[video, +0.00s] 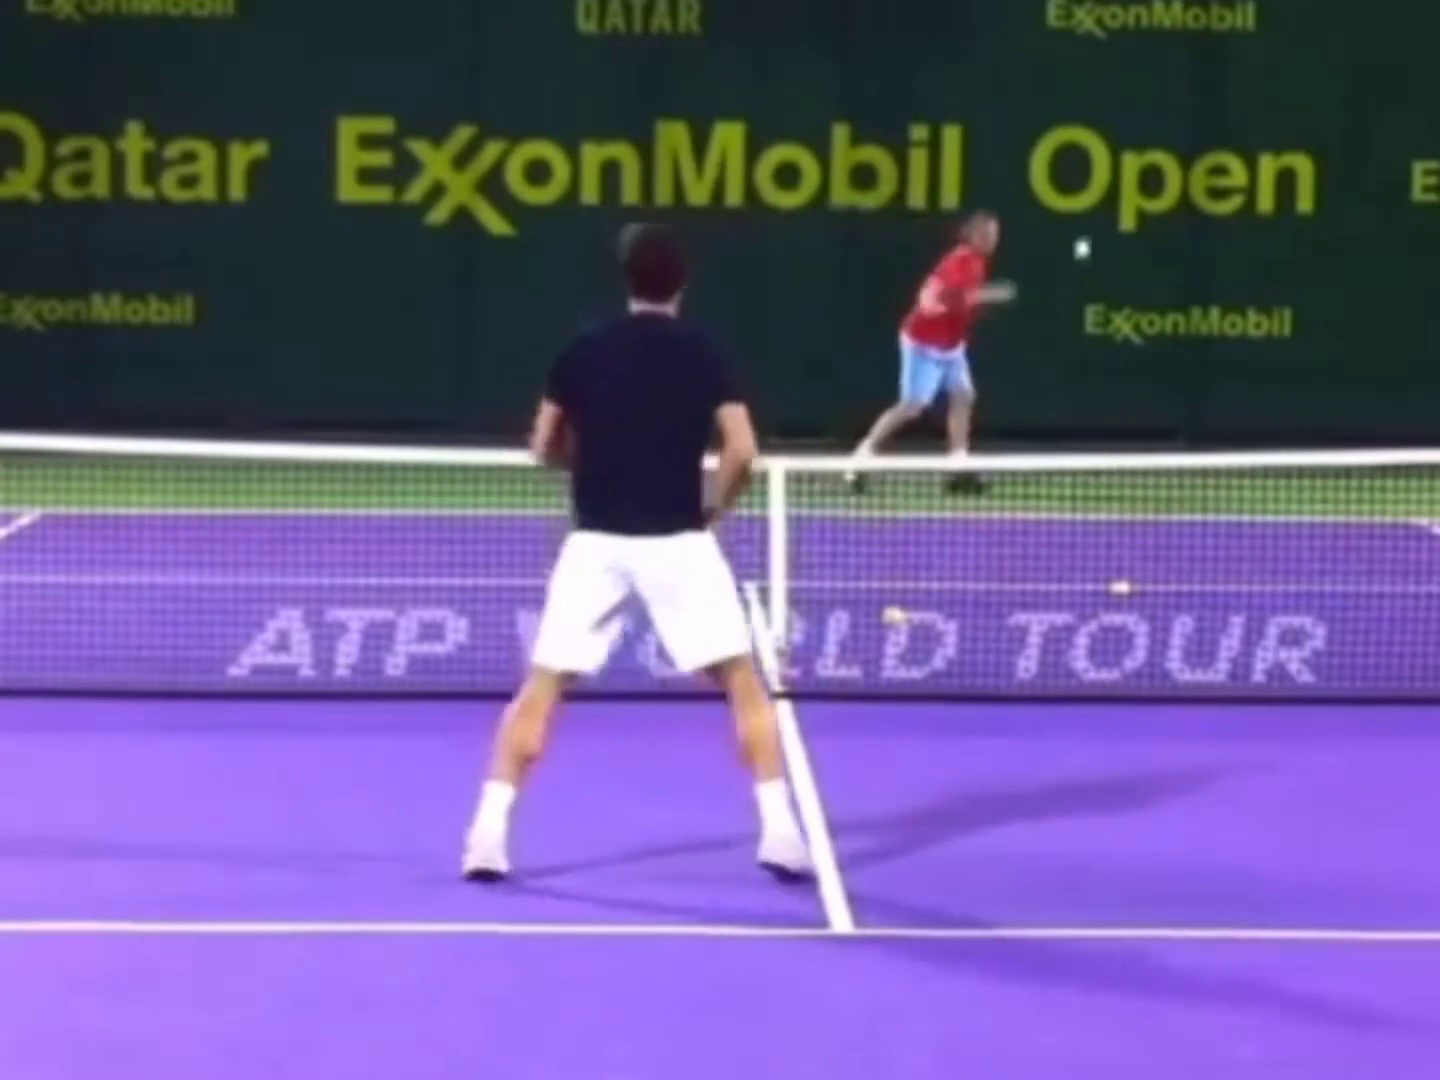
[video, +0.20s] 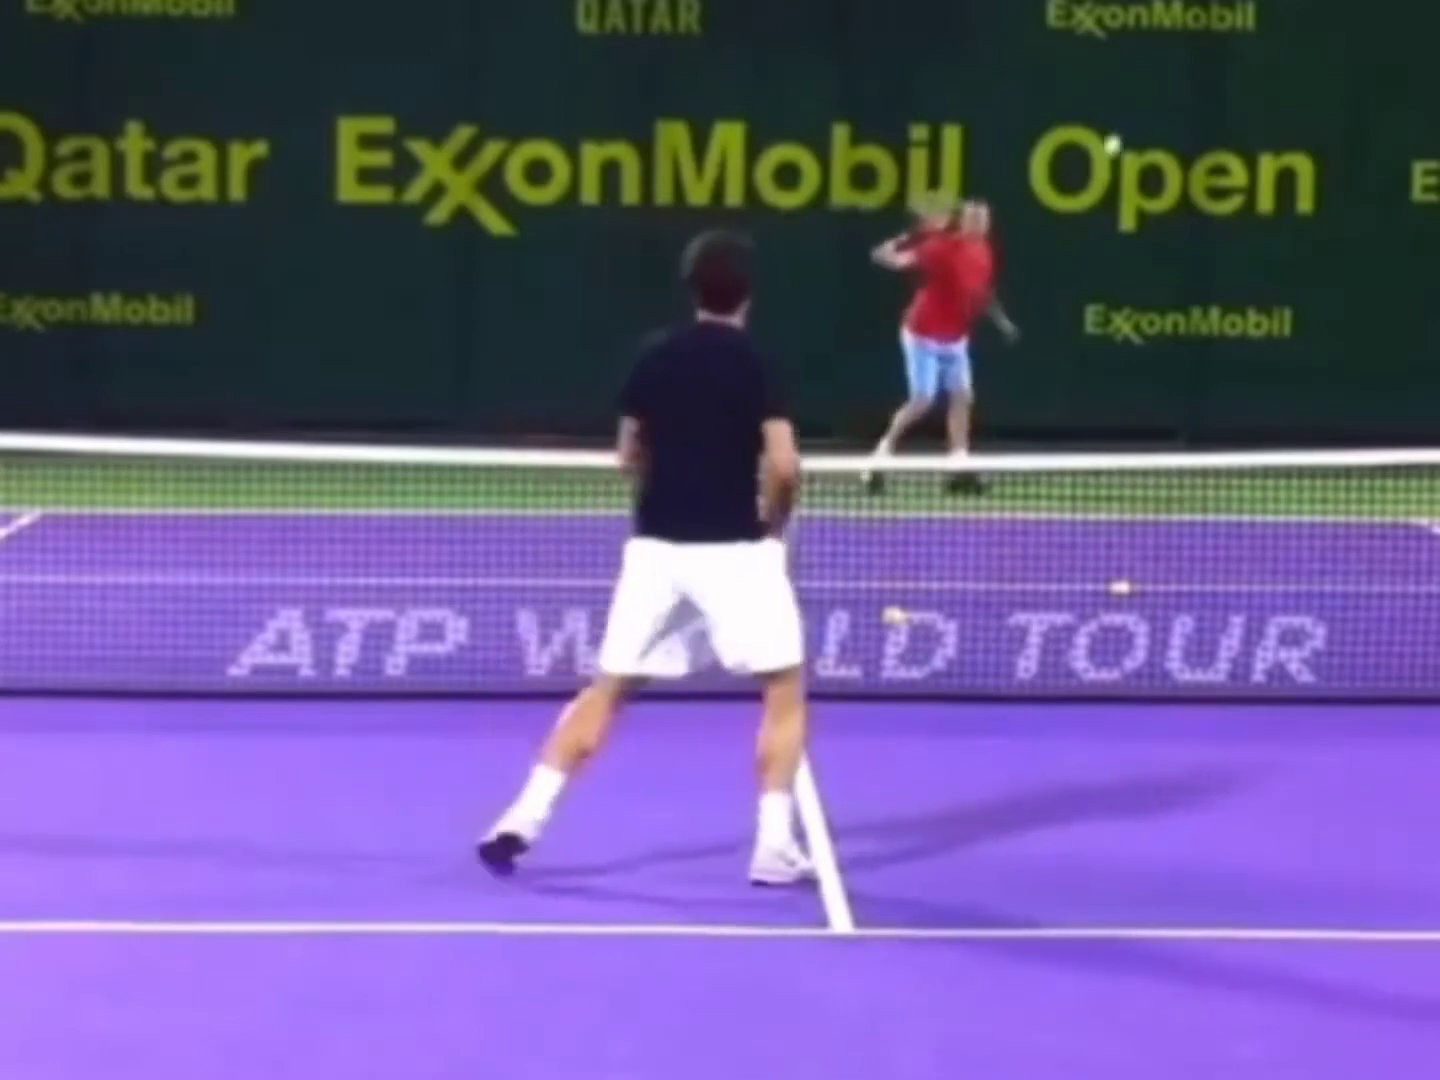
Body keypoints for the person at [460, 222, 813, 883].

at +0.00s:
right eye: (674, 279)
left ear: (624, 283)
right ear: (681, 285)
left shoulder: (587, 349)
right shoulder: (700, 352)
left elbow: (544, 442)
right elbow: (741, 449)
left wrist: (593, 458)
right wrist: (716, 502)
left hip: (594, 543)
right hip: (678, 545)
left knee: (543, 683)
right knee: (742, 680)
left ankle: (490, 825)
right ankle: (778, 827)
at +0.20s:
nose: (738, 296)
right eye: (743, 287)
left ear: (690, 292)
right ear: (746, 295)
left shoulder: (656, 357)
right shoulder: (756, 364)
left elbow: (628, 452)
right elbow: (784, 465)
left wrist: (673, 481)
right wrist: (771, 518)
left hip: (654, 551)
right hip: (736, 555)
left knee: (607, 686)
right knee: (784, 689)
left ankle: (524, 817)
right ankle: (775, 843)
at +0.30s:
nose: (775, 280)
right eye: (781, 272)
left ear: (729, 275)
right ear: (784, 279)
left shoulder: (693, 340)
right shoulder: (784, 347)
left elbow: (689, 425)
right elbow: (808, 445)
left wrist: (777, 460)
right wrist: (824, 481)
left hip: (683, 526)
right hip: (757, 531)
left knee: (672, 670)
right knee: (800, 674)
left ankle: (628, 806)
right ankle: (788, 819)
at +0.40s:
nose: (819, 285)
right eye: (820, 276)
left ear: (763, 278)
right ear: (817, 281)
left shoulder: (731, 336)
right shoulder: (803, 344)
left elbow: (762, 428)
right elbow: (834, 452)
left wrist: (852, 431)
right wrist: (879, 475)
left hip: (712, 527)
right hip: (783, 529)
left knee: (712, 674)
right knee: (845, 666)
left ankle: (660, 823)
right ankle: (813, 808)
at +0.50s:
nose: (859, 289)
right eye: (860, 280)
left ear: (801, 285)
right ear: (859, 289)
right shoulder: (838, 354)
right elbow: (873, 457)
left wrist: (935, 462)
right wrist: (957, 473)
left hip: (749, 539)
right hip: (820, 542)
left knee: (740, 686)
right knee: (866, 682)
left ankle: (670, 816)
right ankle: (838, 830)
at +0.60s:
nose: (926, 302)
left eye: (923, 291)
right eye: (920, 292)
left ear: (855, 293)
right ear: (904, 300)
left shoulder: (824, 346)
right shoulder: (887, 367)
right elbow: (943, 458)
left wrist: (923, 346)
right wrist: (1034, 450)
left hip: (788, 541)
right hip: (847, 545)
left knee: (807, 689)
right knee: (881, 694)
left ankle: (724, 772)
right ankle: (840, 830)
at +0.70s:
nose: (965, 320)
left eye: (963, 307)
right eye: (961, 307)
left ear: (898, 302)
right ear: (945, 311)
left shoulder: (867, 351)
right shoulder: (925, 366)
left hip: (820, 536)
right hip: (872, 542)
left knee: (864, 668)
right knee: (897, 687)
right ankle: (843, 825)